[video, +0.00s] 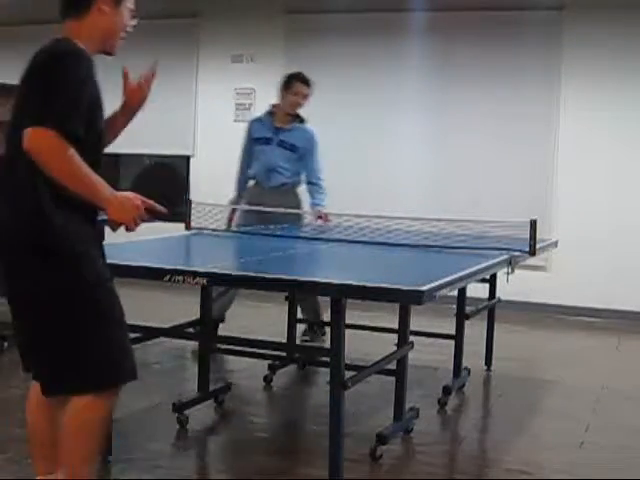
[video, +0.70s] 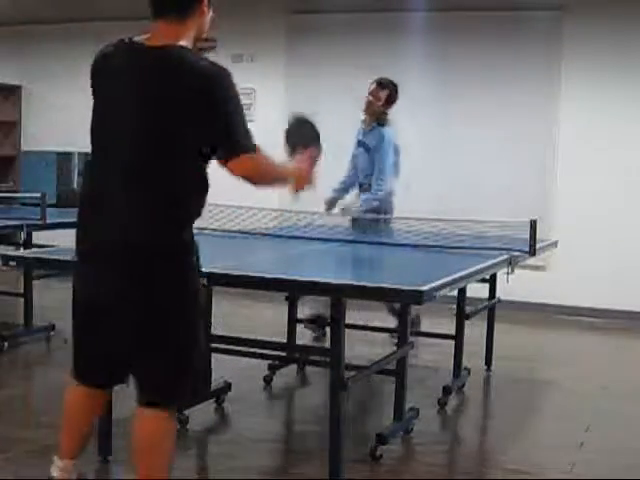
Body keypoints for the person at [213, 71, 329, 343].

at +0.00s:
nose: (300, 102)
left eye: (305, 98)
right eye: (297, 95)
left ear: (306, 101)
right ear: (283, 93)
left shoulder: (305, 135)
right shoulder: (256, 126)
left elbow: (313, 175)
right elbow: (244, 167)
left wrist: (319, 207)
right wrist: (236, 201)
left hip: (286, 196)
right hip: (255, 195)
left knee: (297, 260)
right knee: (236, 258)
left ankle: (315, 323)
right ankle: (211, 318)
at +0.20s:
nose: (334, 103)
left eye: (340, 100)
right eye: (332, 96)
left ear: (342, 103)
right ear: (319, 92)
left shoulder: (336, 137)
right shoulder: (289, 122)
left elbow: (341, 177)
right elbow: (274, 162)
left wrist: (336, 208)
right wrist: (261, 198)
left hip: (318, 194)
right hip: (288, 190)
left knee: (313, 257)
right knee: (275, 251)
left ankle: (315, 323)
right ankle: (254, 314)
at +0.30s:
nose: (345, 101)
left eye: (350, 98)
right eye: (343, 94)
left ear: (352, 103)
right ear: (330, 90)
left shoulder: (346, 135)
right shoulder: (302, 120)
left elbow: (351, 175)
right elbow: (286, 158)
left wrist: (340, 208)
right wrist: (273, 190)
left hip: (328, 190)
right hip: (301, 186)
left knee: (321, 252)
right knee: (292, 249)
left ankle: (316, 320)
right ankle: (289, 314)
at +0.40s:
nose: (353, 100)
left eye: (359, 98)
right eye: (351, 93)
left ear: (362, 103)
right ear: (341, 89)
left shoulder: (354, 135)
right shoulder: (314, 121)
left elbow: (358, 178)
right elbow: (300, 161)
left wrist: (346, 210)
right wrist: (285, 191)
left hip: (340, 190)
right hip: (315, 186)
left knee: (332, 251)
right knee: (308, 249)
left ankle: (323, 319)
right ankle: (312, 319)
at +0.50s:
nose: (356, 95)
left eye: (363, 95)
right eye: (356, 89)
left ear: (370, 103)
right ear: (348, 89)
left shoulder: (361, 136)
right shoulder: (329, 122)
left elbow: (362, 178)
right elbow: (317, 162)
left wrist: (350, 210)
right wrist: (298, 189)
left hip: (348, 191)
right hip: (329, 187)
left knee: (334, 252)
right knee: (334, 251)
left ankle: (316, 320)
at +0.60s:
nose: (363, 94)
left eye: (370, 93)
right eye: (363, 89)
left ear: (379, 101)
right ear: (358, 90)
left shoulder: (372, 133)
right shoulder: (347, 124)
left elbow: (370, 177)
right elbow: (334, 162)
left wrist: (354, 210)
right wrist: (321, 191)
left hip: (361, 196)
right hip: (344, 191)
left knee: (347, 256)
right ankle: (390, 304)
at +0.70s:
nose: (369, 98)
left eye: (376, 96)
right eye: (370, 93)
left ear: (386, 103)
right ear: (368, 96)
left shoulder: (384, 136)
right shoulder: (364, 132)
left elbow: (384, 185)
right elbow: (354, 172)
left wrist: (360, 204)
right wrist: (335, 195)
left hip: (378, 208)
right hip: (361, 205)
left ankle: (405, 315)